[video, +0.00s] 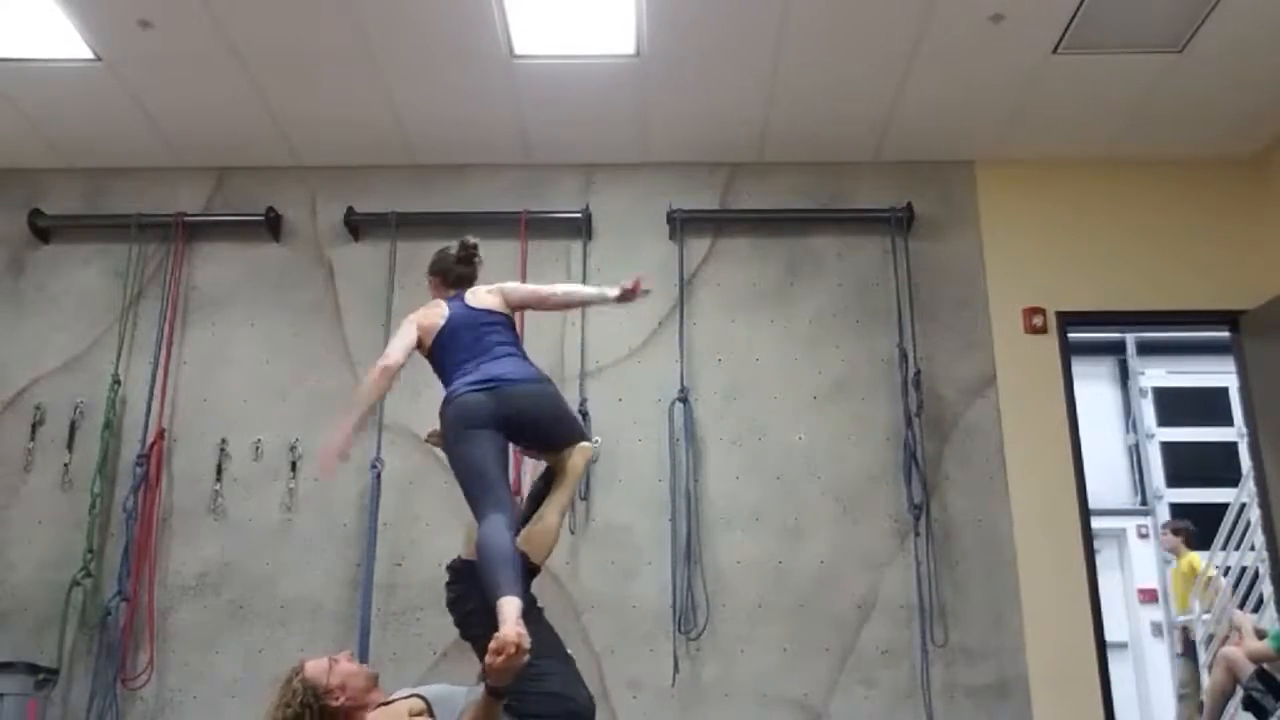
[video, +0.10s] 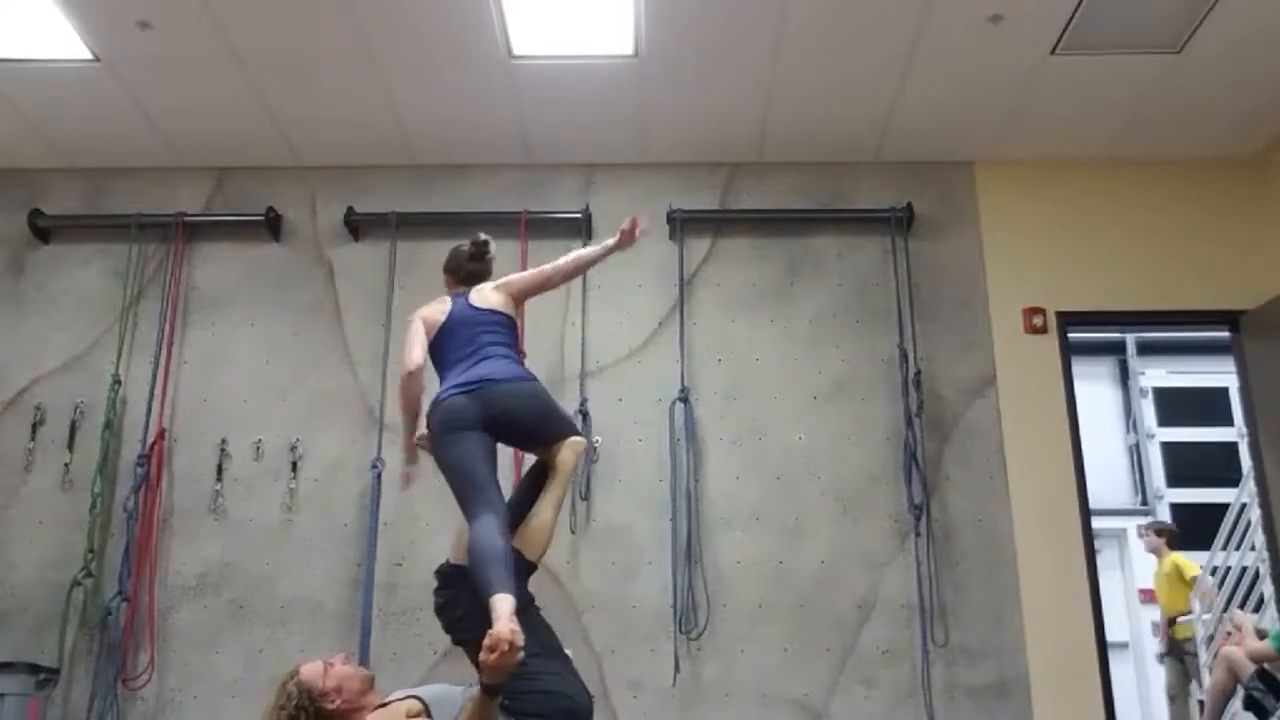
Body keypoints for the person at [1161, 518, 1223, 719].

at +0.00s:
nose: (1161, 539)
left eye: (1166, 535)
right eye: (1161, 535)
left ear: (1180, 537)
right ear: (1175, 539)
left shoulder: (1193, 561)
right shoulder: (1176, 566)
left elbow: (1217, 585)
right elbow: (1179, 599)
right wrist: (1178, 630)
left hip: (1196, 629)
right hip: (1182, 630)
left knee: (1190, 685)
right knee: (1185, 685)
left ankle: (1191, 714)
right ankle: (1187, 713)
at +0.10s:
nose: (1144, 540)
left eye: (1148, 536)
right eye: (1144, 536)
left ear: (1163, 538)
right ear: (1154, 540)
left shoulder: (1177, 561)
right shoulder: (1159, 568)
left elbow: (1205, 584)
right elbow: (1166, 608)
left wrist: (1204, 615)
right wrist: (1163, 642)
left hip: (1190, 635)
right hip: (1172, 637)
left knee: (1205, 688)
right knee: (1175, 692)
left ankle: (1212, 716)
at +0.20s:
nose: (1120, 540)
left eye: (1124, 535)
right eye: (1120, 536)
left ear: (1139, 538)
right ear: (1133, 539)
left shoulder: (1158, 556)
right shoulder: (1134, 573)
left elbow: (1192, 574)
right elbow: (1137, 610)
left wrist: (1191, 608)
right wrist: (1135, 643)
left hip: (1180, 623)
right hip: (1160, 628)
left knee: (1169, 680)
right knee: (1168, 683)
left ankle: (1194, 713)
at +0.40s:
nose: (1105, 527)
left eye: (1110, 523)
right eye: (1106, 523)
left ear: (1125, 528)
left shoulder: (1140, 551)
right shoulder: (1113, 562)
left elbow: (1169, 581)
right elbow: (1116, 599)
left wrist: (1161, 618)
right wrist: (1114, 632)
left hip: (1151, 617)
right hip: (1133, 621)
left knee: (1150, 682)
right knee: (1144, 682)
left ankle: (1167, 716)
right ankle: (1162, 715)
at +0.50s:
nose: (1099, 523)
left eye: (1104, 520)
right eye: (1099, 519)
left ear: (1119, 524)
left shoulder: (1133, 550)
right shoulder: (1103, 557)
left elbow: (1157, 585)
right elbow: (1107, 590)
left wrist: (1148, 619)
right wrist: (1106, 617)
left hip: (1138, 619)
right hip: (1116, 622)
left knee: (1153, 680)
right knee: (1115, 678)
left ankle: (1163, 715)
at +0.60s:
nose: (1089, 525)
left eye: (1093, 520)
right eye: (1089, 520)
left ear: (1105, 523)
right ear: (1094, 524)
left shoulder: (1120, 550)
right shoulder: (1090, 553)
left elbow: (1143, 584)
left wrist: (1135, 618)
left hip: (1122, 620)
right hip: (1101, 623)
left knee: (1137, 681)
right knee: (1109, 684)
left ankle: (1154, 715)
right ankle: (1116, 715)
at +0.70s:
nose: (1082, 526)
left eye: (1084, 521)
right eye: (1081, 521)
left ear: (1093, 522)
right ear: (1092, 522)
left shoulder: (1111, 548)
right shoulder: (1079, 550)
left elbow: (1137, 582)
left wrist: (1126, 615)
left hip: (1112, 620)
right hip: (1092, 621)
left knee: (1115, 674)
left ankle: (1131, 715)